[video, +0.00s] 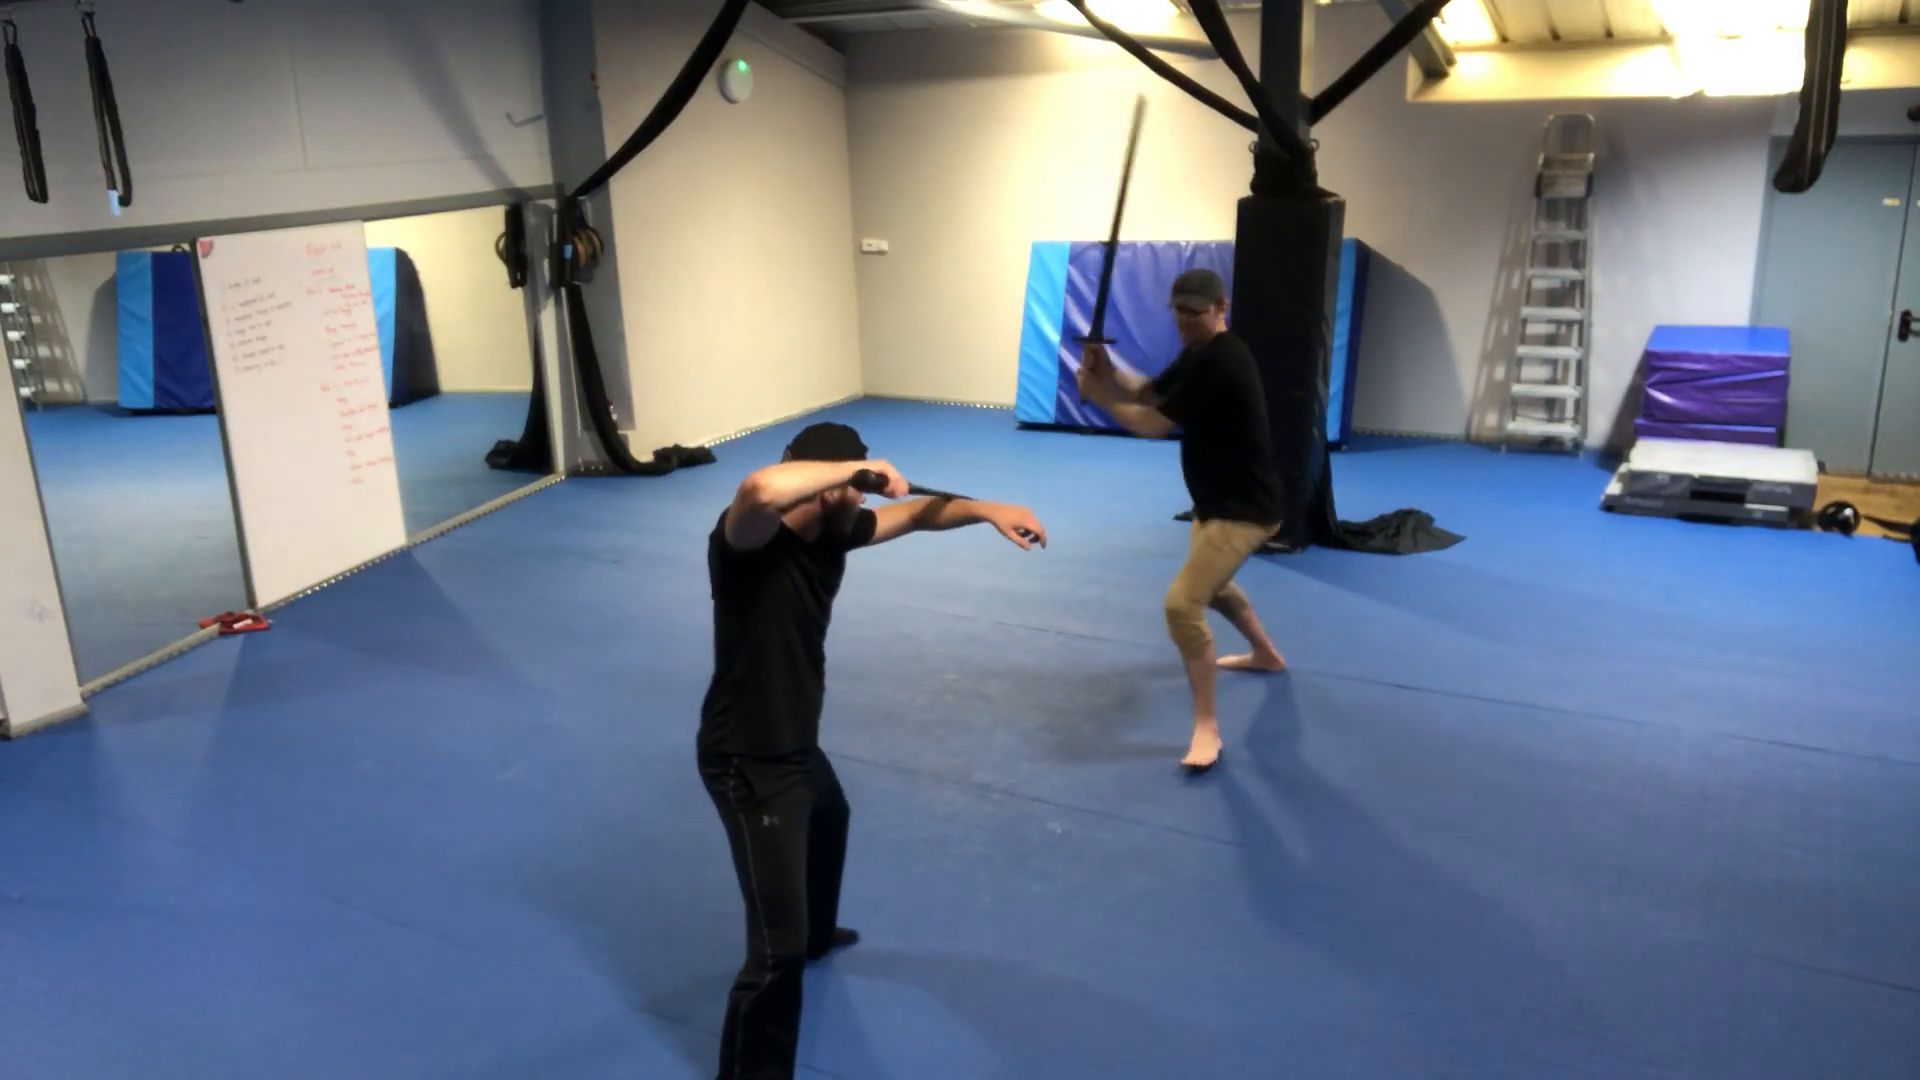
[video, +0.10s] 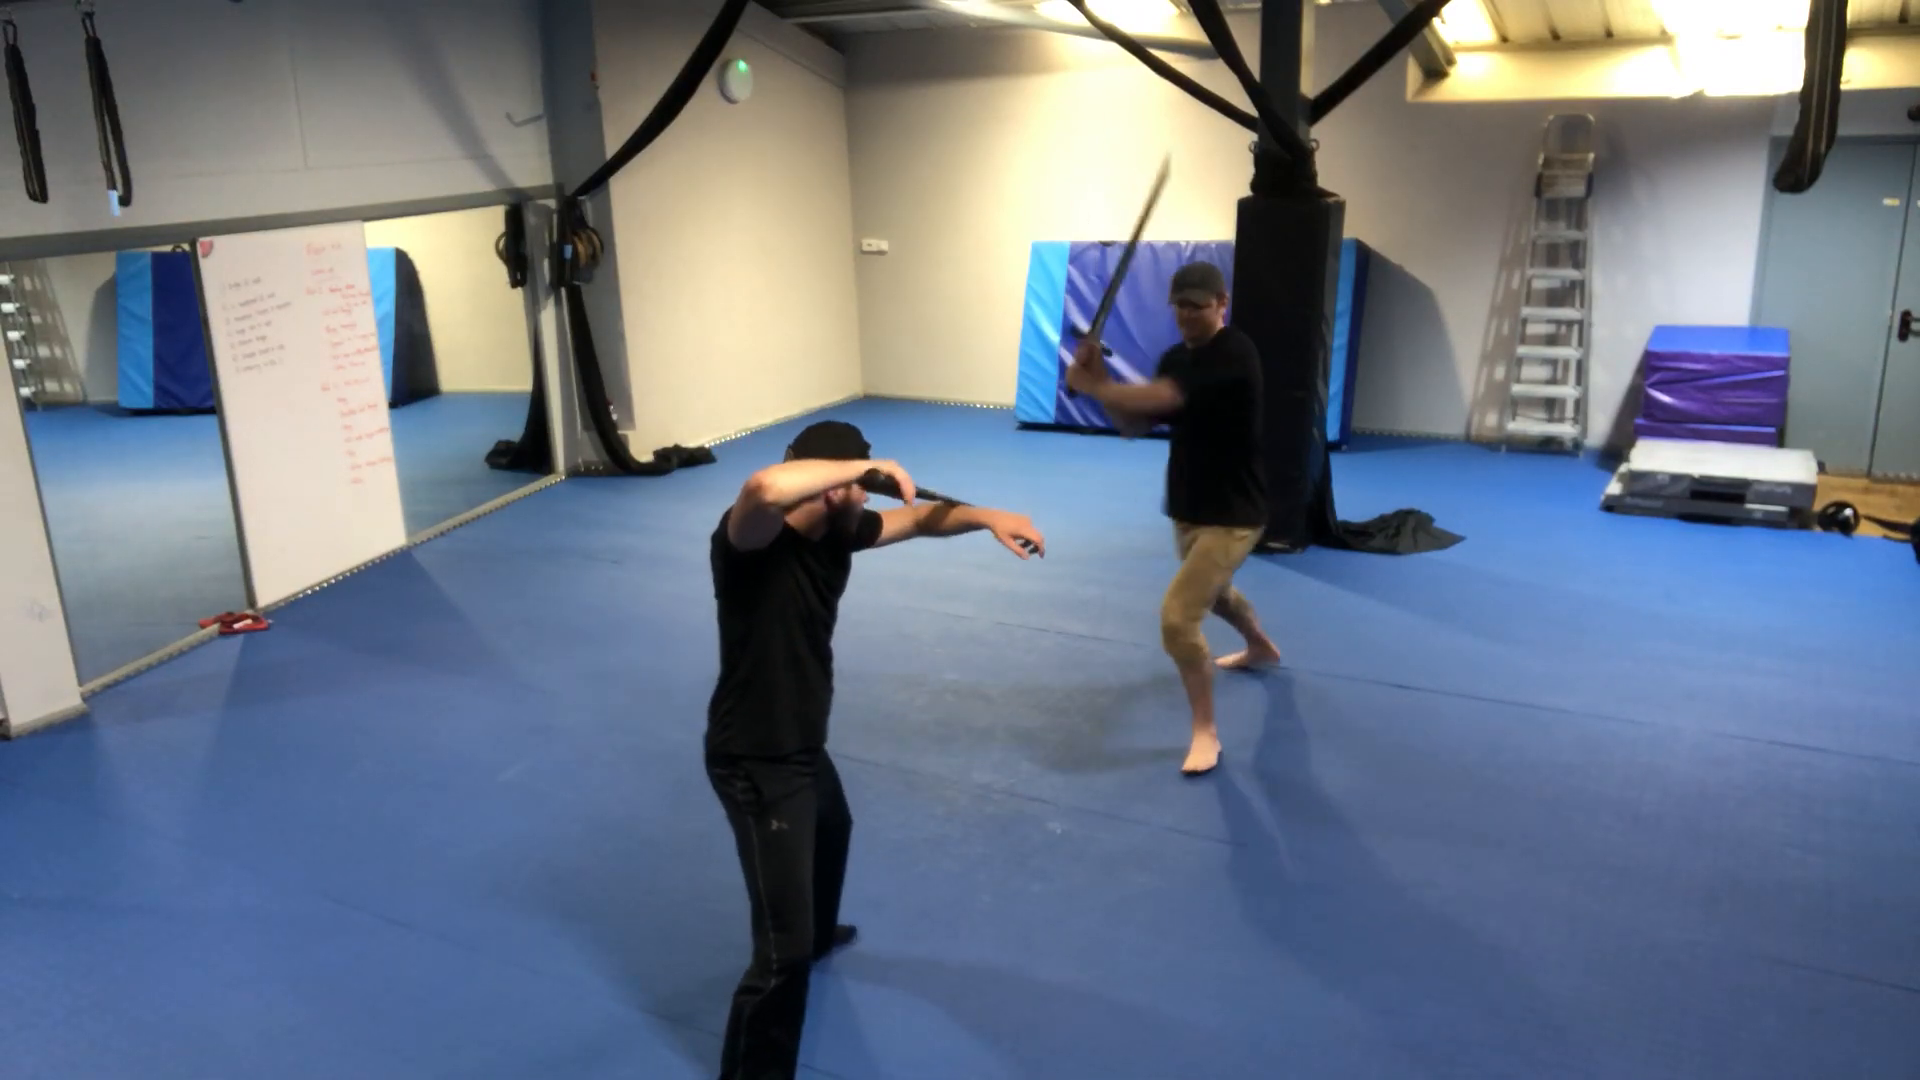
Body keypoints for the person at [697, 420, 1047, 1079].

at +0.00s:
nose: (860, 505)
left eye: (863, 493)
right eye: (853, 491)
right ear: (818, 486)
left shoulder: (831, 536)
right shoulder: (746, 540)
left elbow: (915, 512)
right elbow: (759, 488)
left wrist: (989, 509)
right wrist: (853, 469)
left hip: (795, 749)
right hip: (746, 758)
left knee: (829, 818)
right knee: (780, 949)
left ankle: (810, 933)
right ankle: (752, 1073)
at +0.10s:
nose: (860, 500)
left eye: (865, 488)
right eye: (853, 486)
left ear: (852, 496)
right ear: (818, 483)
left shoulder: (835, 536)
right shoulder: (748, 540)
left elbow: (915, 518)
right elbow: (763, 487)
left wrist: (989, 517)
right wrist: (867, 467)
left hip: (803, 749)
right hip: (754, 759)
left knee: (831, 828)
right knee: (786, 952)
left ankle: (813, 931)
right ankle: (753, 1074)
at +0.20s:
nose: (872, 498)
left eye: (874, 486)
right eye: (865, 485)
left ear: (864, 492)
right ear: (835, 484)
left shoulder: (846, 538)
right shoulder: (758, 543)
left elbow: (916, 535)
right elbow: (783, 491)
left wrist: (976, 526)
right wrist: (887, 465)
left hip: (816, 751)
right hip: (769, 761)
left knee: (847, 832)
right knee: (795, 959)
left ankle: (818, 934)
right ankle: (756, 1076)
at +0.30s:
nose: (876, 499)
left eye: (877, 487)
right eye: (867, 486)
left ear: (855, 482)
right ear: (834, 482)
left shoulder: (849, 541)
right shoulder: (782, 544)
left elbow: (905, 545)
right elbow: (842, 492)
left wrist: (960, 523)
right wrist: (928, 451)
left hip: (831, 752)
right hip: (795, 761)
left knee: (878, 809)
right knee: (812, 959)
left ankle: (829, 947)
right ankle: (767, 1075)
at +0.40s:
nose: (884, 481)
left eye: (884, 471)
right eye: (882, 471)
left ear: (818, 465)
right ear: (869, 474)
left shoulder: (822, 532)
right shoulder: (816, 536)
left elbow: (887, 535)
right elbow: (911, 474)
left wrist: (938, 504)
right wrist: (964, 406)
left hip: (851, 743)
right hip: (850, 750)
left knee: (887, 860)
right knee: (870, 921)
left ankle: (888, 992)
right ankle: (784, 1068)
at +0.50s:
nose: (885, 472)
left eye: (867, 467)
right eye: (880, 464)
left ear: (816, 477)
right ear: (872, 474)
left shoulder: (794, 535)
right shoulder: (888, 513)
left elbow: (865, 500)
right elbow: (979, 417)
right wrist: (979, 341)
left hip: (847, 742)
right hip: (910, 743)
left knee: (892, 838)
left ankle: (890, 987)